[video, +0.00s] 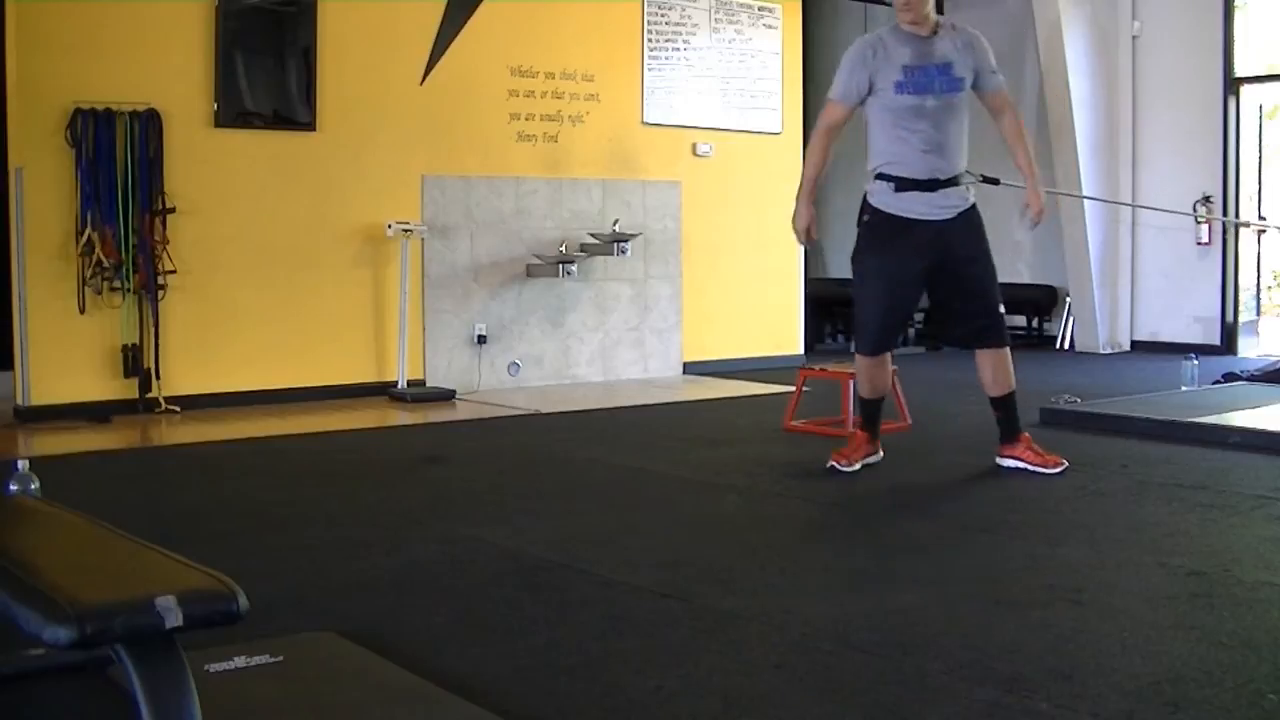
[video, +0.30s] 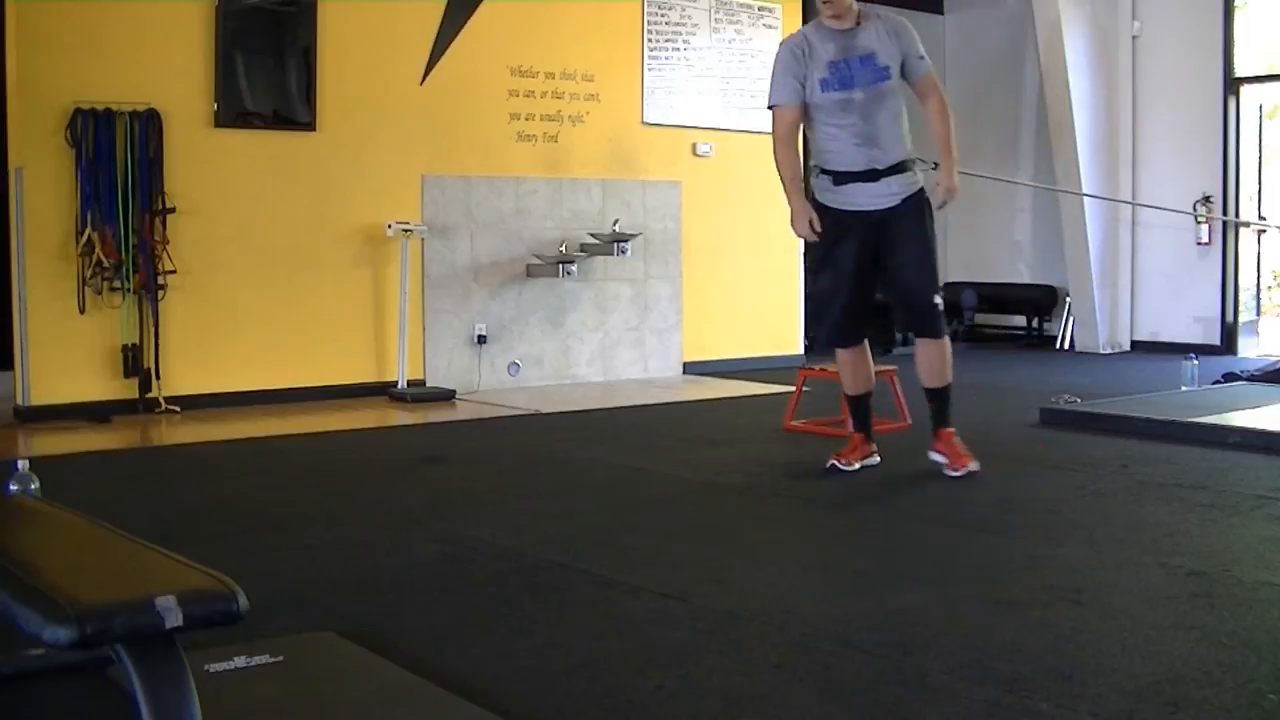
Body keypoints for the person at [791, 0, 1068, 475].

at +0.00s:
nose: (909, 2)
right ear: (890, 1)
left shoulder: (968, 44)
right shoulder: (870, 50)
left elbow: (1003, 109)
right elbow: (826, 127)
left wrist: (1031, 180)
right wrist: (804, 198)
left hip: (956, 215)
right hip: (889, 216)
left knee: (989, 327)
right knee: (872, 337)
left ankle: (1013, 442)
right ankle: (867, 440)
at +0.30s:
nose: (834, 1)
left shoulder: (894, 30)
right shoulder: (796, 50)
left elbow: (932, 96)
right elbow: (784, 135)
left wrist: (947, 166)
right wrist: (795, 201)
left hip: (902, 199)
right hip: (836, 208)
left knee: (925, 315)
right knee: (846, 327)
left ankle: (944, 433)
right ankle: (862, 439)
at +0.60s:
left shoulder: (882, 34)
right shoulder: (784, 43)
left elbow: (912, 98)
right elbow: (761, 126)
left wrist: (920, 157)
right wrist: (776, 195)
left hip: (874, 201)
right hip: (807, 206)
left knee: (879, 321)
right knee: (817, 329)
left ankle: (879, 442)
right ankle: (853, 427)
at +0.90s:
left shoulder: (876, 33)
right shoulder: (776, 35)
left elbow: (897, 88)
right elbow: (735, 113)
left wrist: (888, 147)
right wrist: (706, 186)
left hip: (851, 204)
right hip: (785, 201)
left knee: (865, 327)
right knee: (767, 323)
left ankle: (876, 446)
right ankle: (740, 443)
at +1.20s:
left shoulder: (836, 38)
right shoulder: (737, 46)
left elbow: (850, 91)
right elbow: (690, 124)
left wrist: (850, 155)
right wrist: (670, 198)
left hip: (820, 212)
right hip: (753, 212)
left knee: (845, 332)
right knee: (741, 335)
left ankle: (872, 447)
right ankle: (714, 460)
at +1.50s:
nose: (758, 1)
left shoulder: (770, 23)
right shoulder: (679, 41)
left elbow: (792, 82)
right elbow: (648, 120)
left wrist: (813, 142)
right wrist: (647, 181)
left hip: (775, 207)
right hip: (708, 209)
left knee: (806, 330)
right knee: (709, 338)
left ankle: (835, 448)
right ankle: (709, 464)